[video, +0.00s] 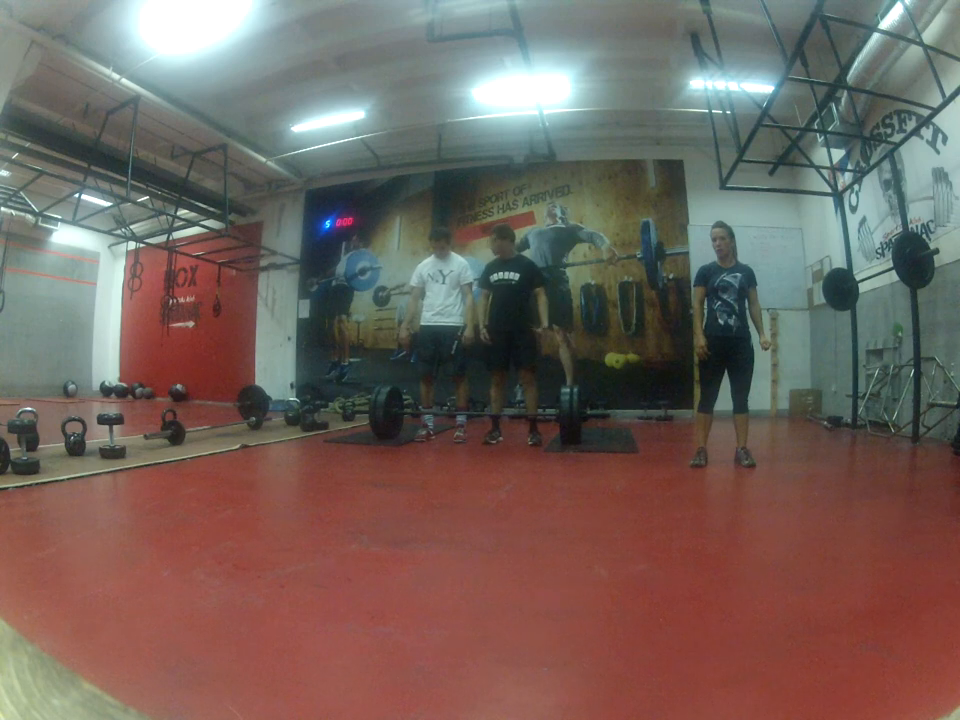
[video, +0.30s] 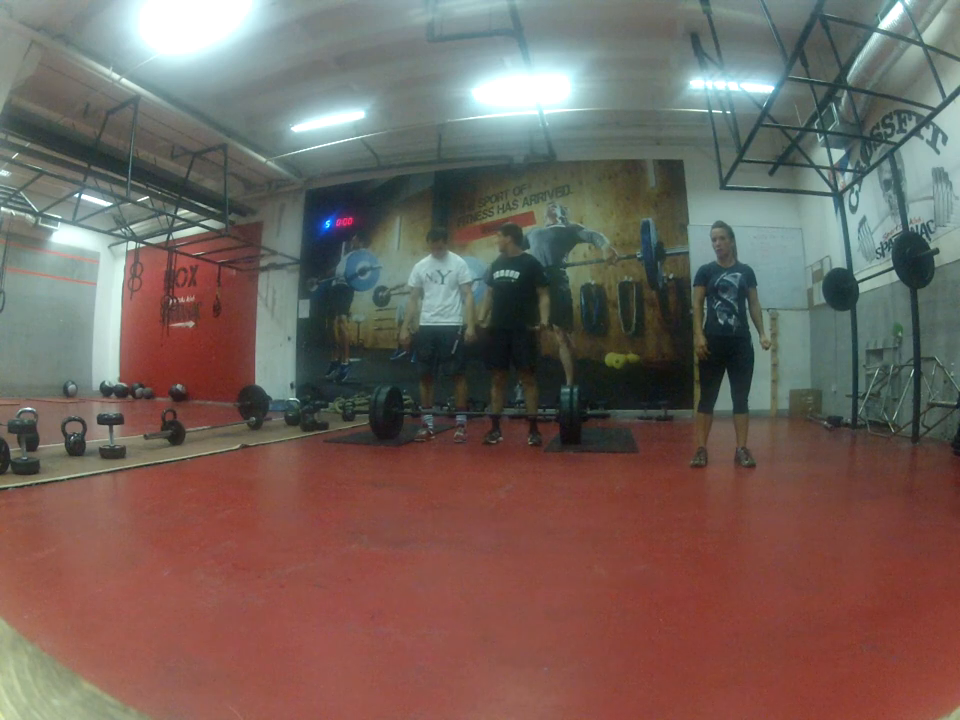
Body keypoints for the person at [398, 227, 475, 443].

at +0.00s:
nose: (439, 249)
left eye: (442, 245)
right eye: (435, 246)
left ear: (449, 243)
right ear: (431, 244)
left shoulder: (460, 264)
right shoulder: (423, 267)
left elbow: (469, 296)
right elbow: (414, 298)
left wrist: (470, 326)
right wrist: (405, 325)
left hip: (455, 328)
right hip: (428, 328)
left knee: (459, 376)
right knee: (426, 376)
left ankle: (461, 426)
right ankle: (427, 425)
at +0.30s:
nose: (437, 247)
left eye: (440, 243)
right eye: (434, 243)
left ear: (446, 242)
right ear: (429, 243)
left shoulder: (458, 263)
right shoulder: (420, 267)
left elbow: (468, 295)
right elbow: (413, 299)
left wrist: (470, 325)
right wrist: (405, 327)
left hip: (453, 327)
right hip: (426, 328)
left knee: (458, 375)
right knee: (425, 376)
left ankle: (461, 425)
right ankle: (427, 426)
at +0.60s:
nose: (436, 248)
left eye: (439, 244)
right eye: (433, 245)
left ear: (446, 242)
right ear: (428, 244)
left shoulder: (458, 263)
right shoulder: (420, 267)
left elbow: (467, 296)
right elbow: (413, 299)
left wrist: (468, 327)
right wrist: (407, 328)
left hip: (454, 328)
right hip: (426, 328)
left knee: (459, 376)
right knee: (426, 377)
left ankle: (461, 425)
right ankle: (427, 426)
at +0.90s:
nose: (436, 250)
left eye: (439, 246)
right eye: (433, 247)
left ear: (446, 243)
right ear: (428, 244)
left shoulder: (459, 263)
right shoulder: (421, 267)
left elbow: (467, 296)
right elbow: (413, 299)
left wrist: (469, 327)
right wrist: (408, 328)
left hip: (454, 328)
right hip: (426, 328)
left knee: (459, 377)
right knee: (425, 377)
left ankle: (461, 426)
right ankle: (427, 425)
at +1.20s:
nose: (436, 247)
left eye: (439, 243)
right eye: (433, 243)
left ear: (446, 242)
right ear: (429, 242)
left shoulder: (459, 263)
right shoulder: (421, 266)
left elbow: (468, 296)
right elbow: (414, 299)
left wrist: (468, 326)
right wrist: (409, 327)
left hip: (453, 328)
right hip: (426, 328)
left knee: (458, 376)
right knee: (425, 377)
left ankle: (461, 425)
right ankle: (427, 425)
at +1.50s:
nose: (436, 250)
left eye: (439, 246)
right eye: (433, 246)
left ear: (446, 243)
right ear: (428, 244)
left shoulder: (459, 263)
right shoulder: (421, 266)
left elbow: (467, 296)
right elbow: (414, 299)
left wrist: (467, 327)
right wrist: (409, 328)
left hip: (454, 328)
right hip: (426, 328)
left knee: (458, 376)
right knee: (426, 376)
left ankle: (461, 425)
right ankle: (427, 425)